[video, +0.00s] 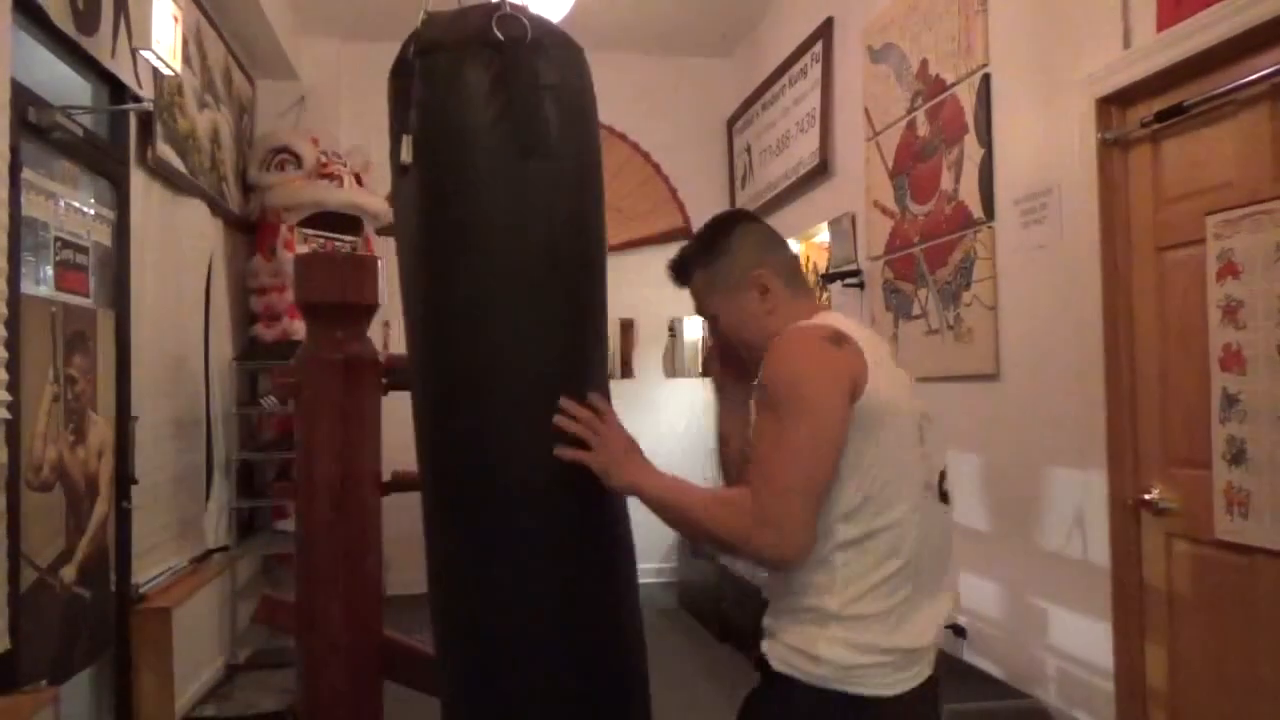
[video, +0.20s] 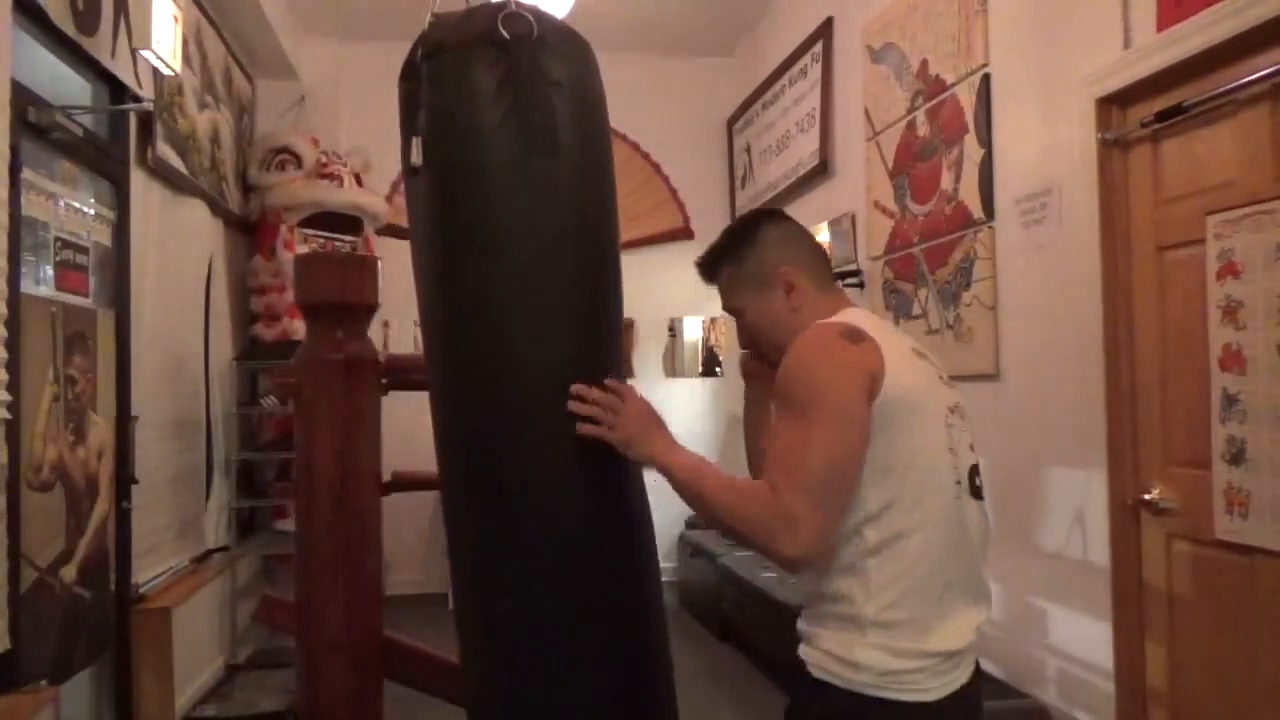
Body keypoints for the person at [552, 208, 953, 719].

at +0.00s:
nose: (714, 336)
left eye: (711, 317)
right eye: (706, 321)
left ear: (762, 290)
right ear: (766, 290)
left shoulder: (806, 349)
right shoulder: (853, 343)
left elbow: (778, 534)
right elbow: (750, 504)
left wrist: (639, 475)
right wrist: (733, 389)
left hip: (836, 686)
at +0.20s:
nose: (741, 333)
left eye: (739, 313)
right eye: (733, 318)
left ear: (788, 289)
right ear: (794, 286)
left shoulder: (828, 350)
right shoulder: (888, 343)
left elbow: (795, 534)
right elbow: (777, 504)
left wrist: (661, 450)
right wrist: (760, 390)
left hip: (872, 694)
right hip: (939, 684)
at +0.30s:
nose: (730, 321)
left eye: (735, 298)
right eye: (726, 301)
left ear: (797, 277)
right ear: (802, 279)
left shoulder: (855, 347)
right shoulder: (871, 334)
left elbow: (785, 533)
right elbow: (769, 506)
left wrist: (693, 395)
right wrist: (738, 372)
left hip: (890, 685)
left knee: (699, 586)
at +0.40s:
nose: (721, 317)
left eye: (726, 291)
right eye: (714, 296)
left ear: (794, 269)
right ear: (796, 270)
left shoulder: (878, 357)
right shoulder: (819, 368)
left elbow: (776, 536)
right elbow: (717, 502)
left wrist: (709, 372)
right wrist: (709, 372)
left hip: (902, 690)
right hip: (841, 658)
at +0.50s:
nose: (695, 335)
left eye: (702, 311)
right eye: (688, 315)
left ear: (773, 288)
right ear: (774, 291)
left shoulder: (878, 381)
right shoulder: (782, 397)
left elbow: (781, 569)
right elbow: (701, 541)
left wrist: (695, 402)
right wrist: (689, 401)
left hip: (921, 702)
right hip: (837, 671)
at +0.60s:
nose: (662, 383)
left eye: (669, 360)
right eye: (659, 363)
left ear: (736, 339)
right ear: (740, 338)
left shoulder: (860, 424)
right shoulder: (771, 433)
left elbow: (789, 639)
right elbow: (709, 598)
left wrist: (676, 473)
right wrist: (674, 471)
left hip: (945, 708)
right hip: (855, 693)